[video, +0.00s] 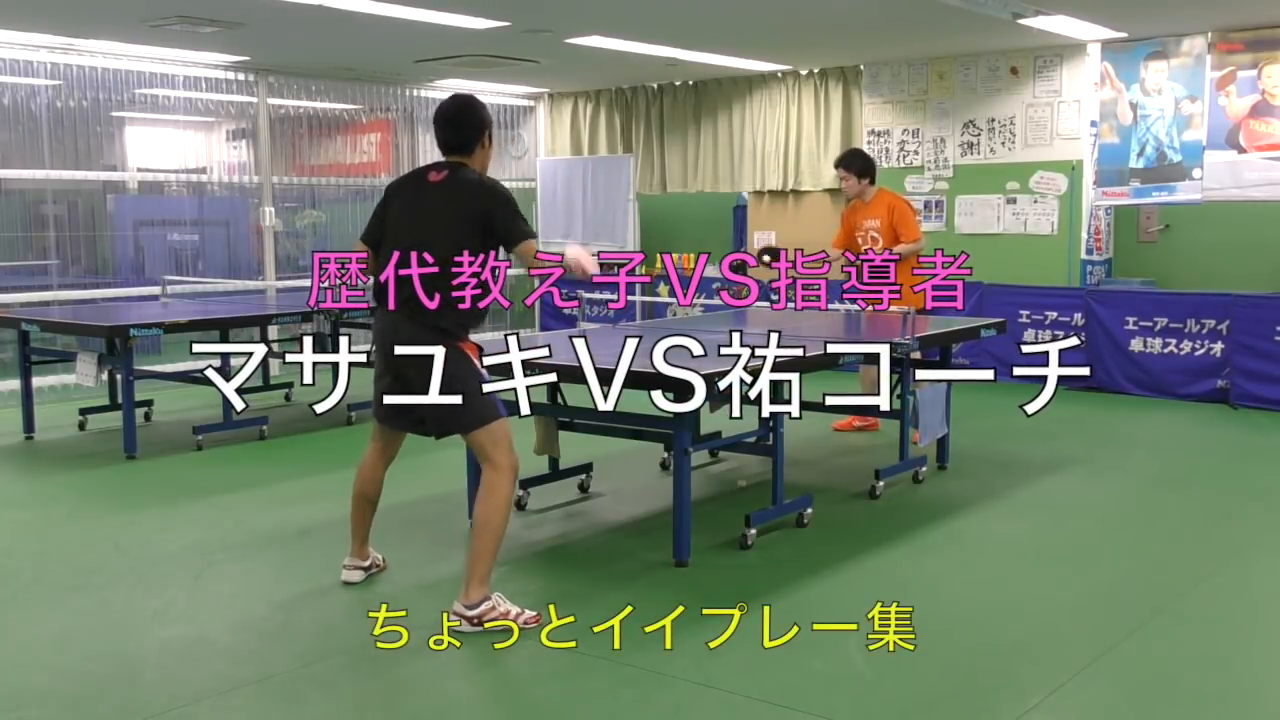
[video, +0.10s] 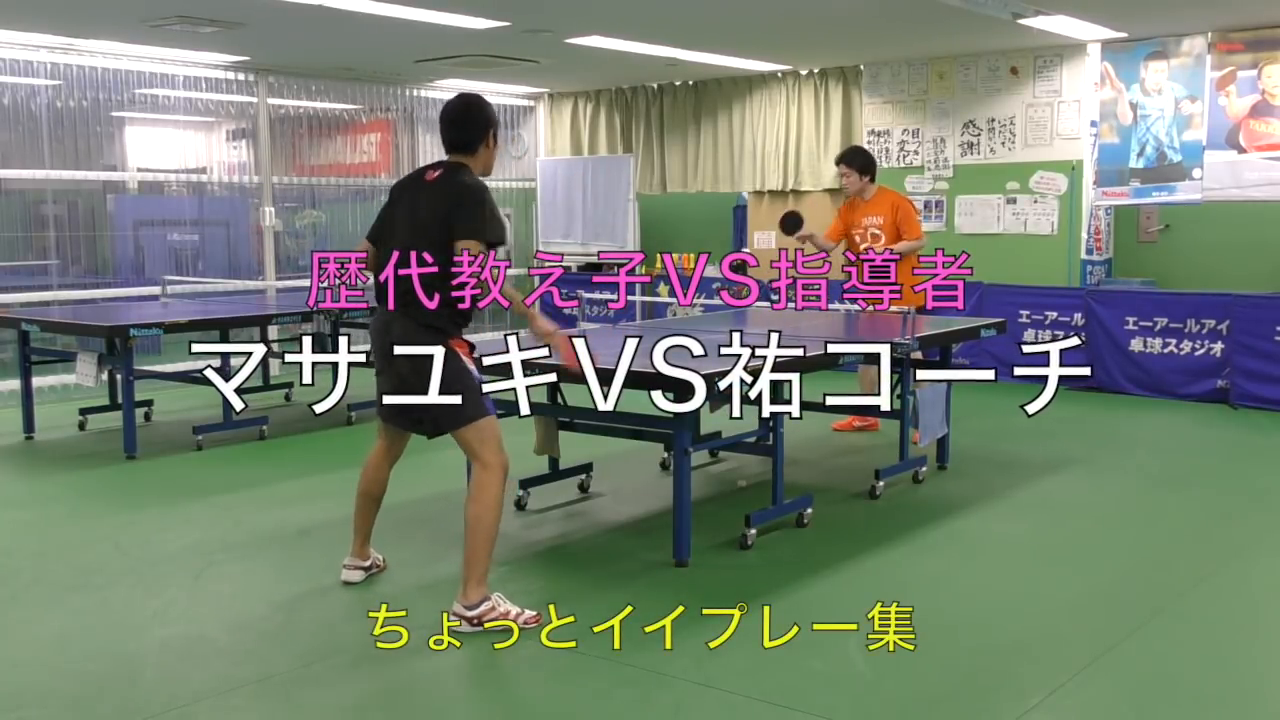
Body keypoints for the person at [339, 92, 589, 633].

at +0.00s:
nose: (493, 146)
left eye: (489, 137)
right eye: (492, 137)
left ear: (439, 140)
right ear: (485, 140)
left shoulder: (402, 188)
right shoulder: (488, 194)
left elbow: (371, 252)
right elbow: (530, 256)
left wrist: (414, 285)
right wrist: (569, 256)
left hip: (392, 344)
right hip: (445, 348)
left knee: (378, 451)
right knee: (500, 464)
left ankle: (357, 556)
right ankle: (475, 597)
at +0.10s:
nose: (499, 147)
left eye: (496, 137)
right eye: (497, 138)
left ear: (445, 138)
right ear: (488, 140)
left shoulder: (409, 184)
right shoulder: (469, 190)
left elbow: (371, 253)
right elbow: (473, 268)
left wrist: (405, 299)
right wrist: (534, 319)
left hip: (389, 342)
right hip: (432, 346)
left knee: (386, 446)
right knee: (490, 461)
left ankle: (358, 556)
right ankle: (474, 597)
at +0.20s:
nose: (504, 163)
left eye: (504, 153)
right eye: (504, 153)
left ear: (458, 148)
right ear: (490, 152)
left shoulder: (424, 190)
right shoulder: (455, 191)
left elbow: (376, 260)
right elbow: (426, 259)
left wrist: (406, 313)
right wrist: (462, 321)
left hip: (386, 343)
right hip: (417, 347)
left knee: (396, 445)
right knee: (487, 459)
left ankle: (359, 555)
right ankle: (473, 597)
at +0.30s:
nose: (510, 172)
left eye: (511, 162)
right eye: (508, 160)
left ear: (468, 156)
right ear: (485, 157)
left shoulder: (428, 194)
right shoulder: (452, 196)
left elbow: (377, 262)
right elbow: (446, 272)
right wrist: (496, 316)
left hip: (384, 345)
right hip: (411, 349)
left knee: (397, 444)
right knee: (481, 459)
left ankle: (360, 554)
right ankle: (469, 596)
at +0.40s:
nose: (520, 167)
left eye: (521, 155)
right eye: (516, 154)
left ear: (477, 152)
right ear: (490, 151)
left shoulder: (429, 189)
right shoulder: (474, 200)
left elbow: (374, 257)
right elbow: (532, 272)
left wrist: (429, 281)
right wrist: (622, 292)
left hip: (377, 335)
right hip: (411, 343)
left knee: (384, 442)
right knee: (472, 459)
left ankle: (358, 554)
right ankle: (468, 596)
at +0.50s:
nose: (527, 166)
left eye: (526, 156)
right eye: (524, 156)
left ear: (478, 156)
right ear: (505, 155)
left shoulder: (430, 192)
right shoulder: (499, 206)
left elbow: (374, 258)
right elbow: (582, 249)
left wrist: (434, 262)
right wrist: (635, 225)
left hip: (378, 340)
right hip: (416, 347)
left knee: (373, 450)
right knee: (490, 461)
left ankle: (356, 554)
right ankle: (472, 598)